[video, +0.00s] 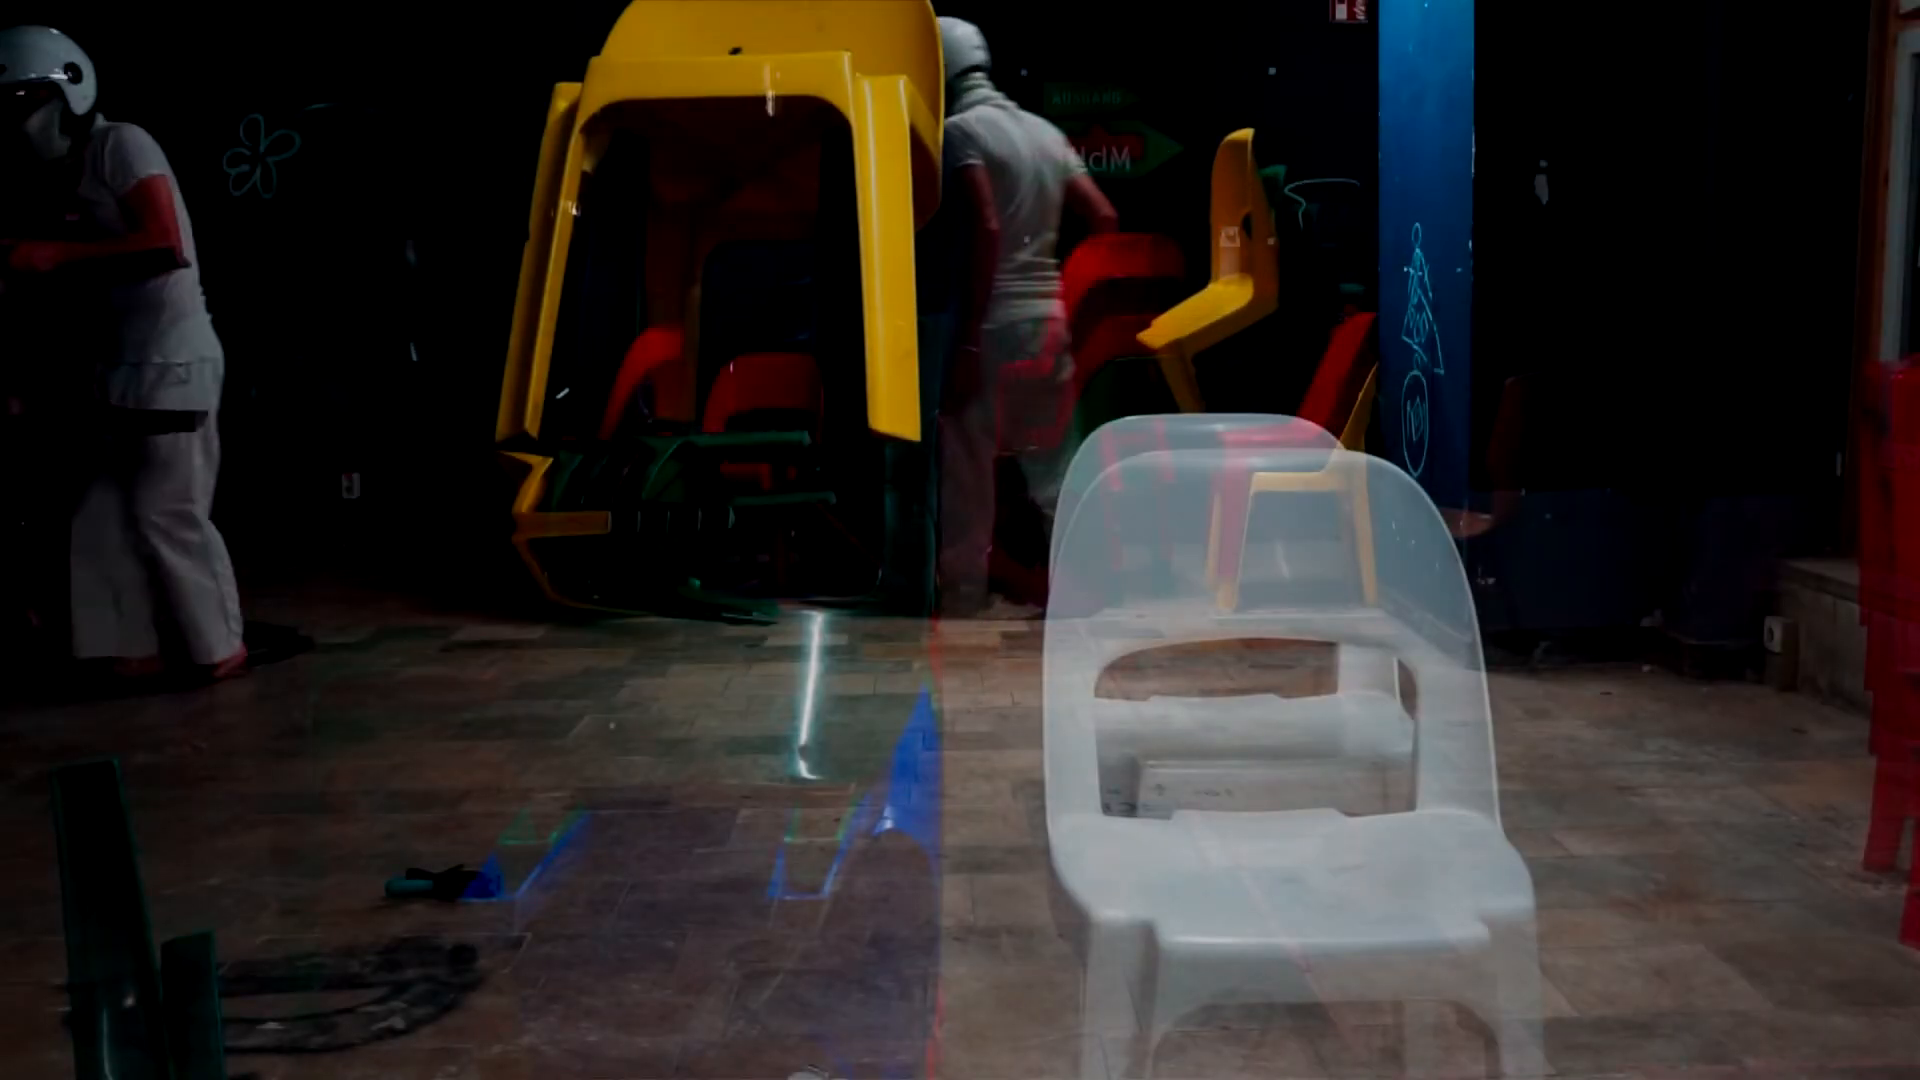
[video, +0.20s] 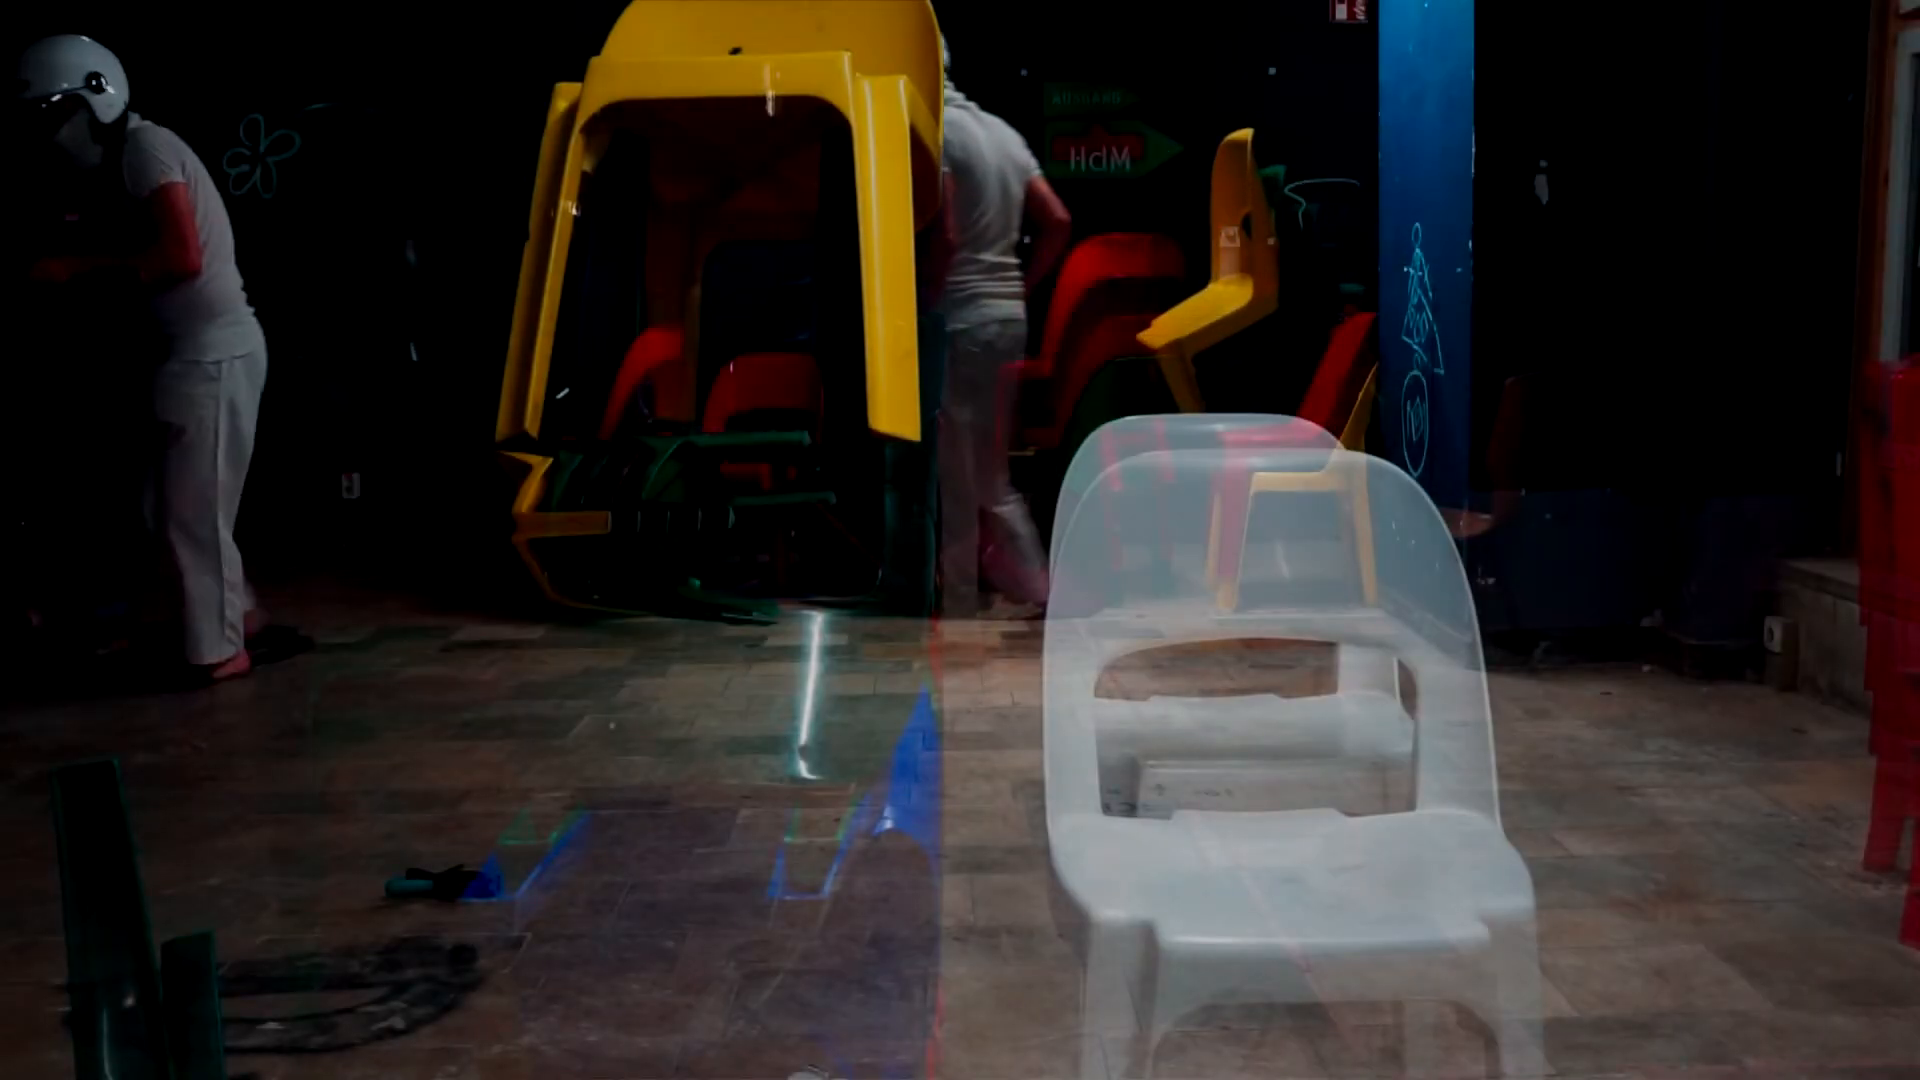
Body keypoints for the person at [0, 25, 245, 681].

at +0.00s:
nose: (23, 118)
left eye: (33, 98)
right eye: (15, 103)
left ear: (71, 90)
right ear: (19, 101)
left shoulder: (123, 145)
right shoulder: (58, 173)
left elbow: (165, 241)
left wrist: (60, 254)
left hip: (175, 359)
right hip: (115, 362)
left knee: (169, 507)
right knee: (107, 509)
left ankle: (221, 651)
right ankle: (130, 654)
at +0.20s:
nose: (55, 133)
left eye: (59, 114)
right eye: (47, 118)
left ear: (96, 98)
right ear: (95, 101)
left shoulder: (147, 149)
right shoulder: (140, 151)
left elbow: (182, 255)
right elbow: (176, 253)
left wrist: (90, 268)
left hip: (216, 355)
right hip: (203, 353)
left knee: (197, 504)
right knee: (195, 502)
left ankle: (217, 652)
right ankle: (232, 629)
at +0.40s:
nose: (86, 154)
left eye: (85, 136)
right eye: (79, 141)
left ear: (113, 116)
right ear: (135, 109)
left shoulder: (164, 159)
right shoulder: (211, 158)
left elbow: (199, 267)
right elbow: (282, 242)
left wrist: (136, 275)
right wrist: (211, 248)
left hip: (250, 343)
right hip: (281, 338)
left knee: (216, 500)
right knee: (257, 489)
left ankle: (218, 649)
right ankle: (341, 583)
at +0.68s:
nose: (140, 186)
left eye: (137, 171)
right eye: (133, 175)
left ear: (157, 153)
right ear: (187, 140)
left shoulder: (205, 176)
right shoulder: (265, 179)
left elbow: (250, 277)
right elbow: (350, 258)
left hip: (329, 330)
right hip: (366, 323)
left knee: (290, 482)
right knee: (364, 476)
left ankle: (253, 637)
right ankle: (402, 617)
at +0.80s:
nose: (161, 206)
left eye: (157, 193)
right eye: (154, 197)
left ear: (171, 177)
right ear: (206, 161)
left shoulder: (218, 190)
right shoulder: (263, 189)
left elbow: (266, 282)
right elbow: (367, 265)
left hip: (354, 326)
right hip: (389, 319)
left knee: (328, 476)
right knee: (390, 472)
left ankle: (329, 639)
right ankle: (407, 617)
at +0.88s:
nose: (172, 222)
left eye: (167, 210)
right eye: (166, 214)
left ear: (179, 194)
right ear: (208, 176)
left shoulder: (222, 200)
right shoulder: (252, 196)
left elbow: (274, 288)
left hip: (367, 324)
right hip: (400, 317)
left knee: (359, 478)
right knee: (404, 474)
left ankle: (396, 631)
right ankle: (408, 626)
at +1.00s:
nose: (182, 245)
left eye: (177, 233)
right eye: (175, 236)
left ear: (186, 215)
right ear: (216, 199)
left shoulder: (226, 218)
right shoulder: (260, 215)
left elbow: (279, 300)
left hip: (380, 322)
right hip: (407, 316)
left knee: (402, 474)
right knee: (395, 475)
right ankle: (406, 619)